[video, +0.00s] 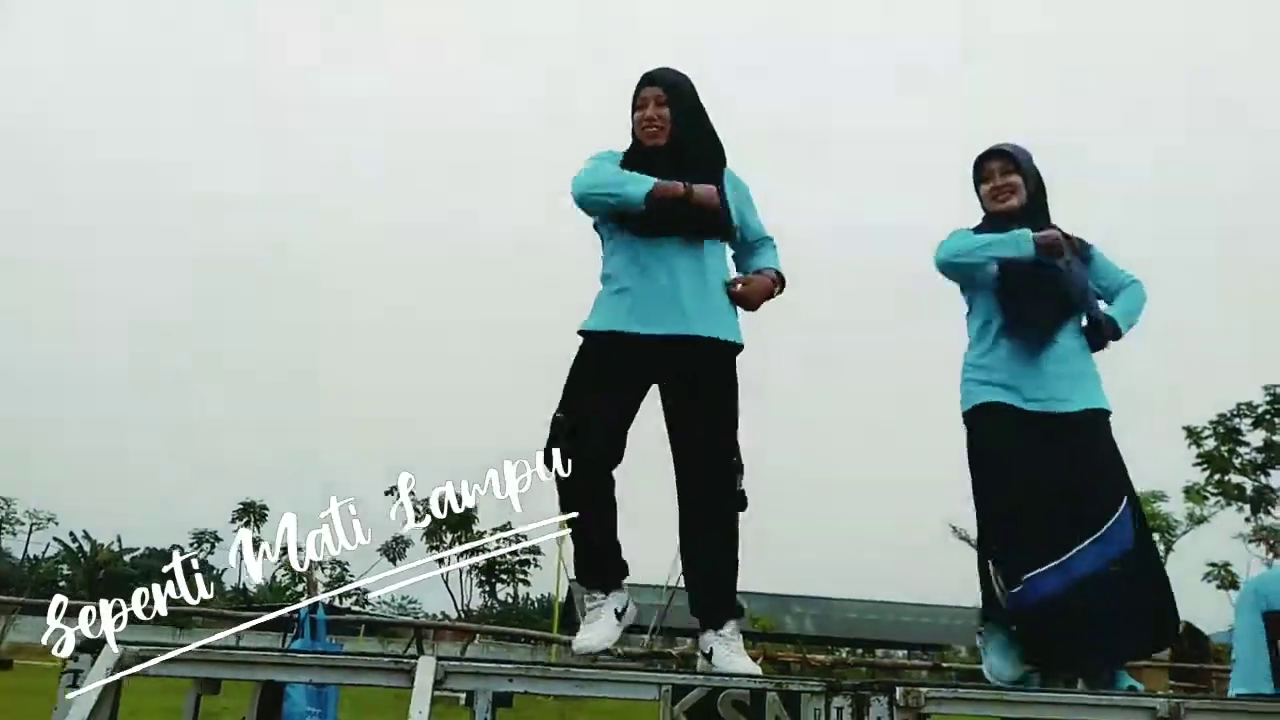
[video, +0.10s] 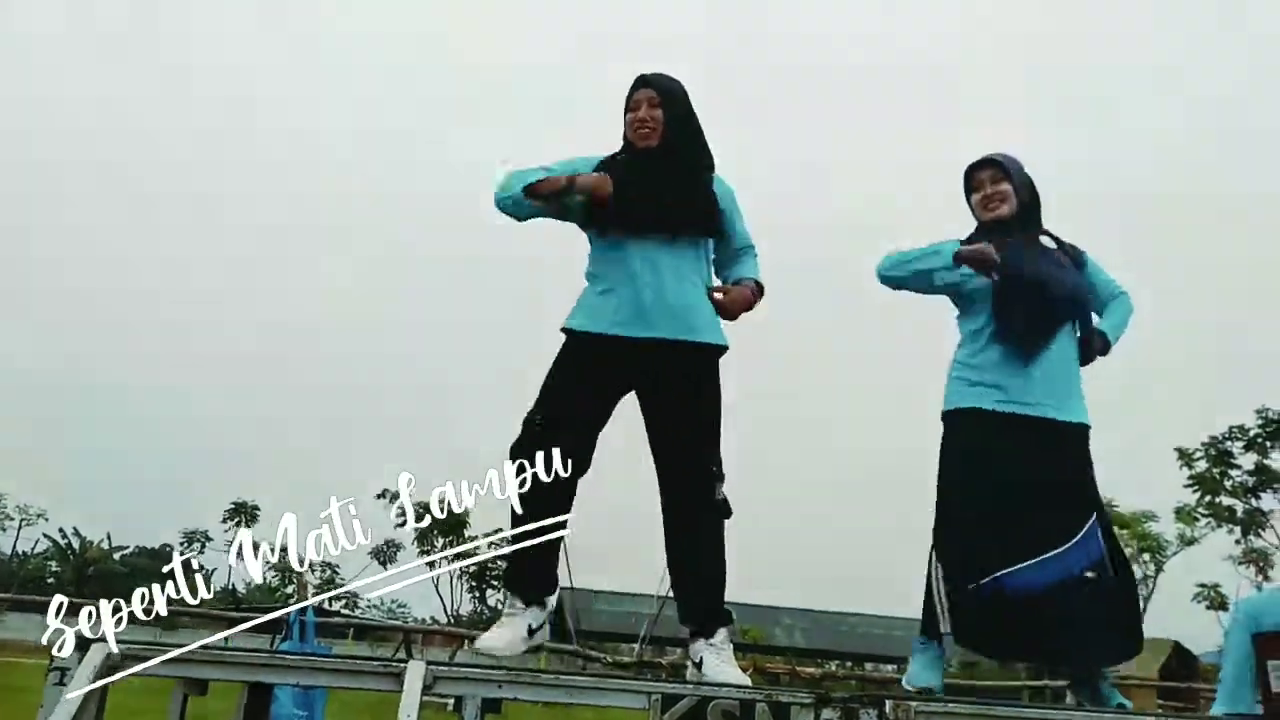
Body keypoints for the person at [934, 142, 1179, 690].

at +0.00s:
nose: (999, 183)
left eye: (1009, 173)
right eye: (989, 178)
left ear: (1033, 181)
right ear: (979, 193)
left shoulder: (1068, 246)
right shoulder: (974, 242)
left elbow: (1131, 287)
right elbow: (947, 256)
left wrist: (1113, 322)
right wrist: (1031, 243)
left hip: (1073, 394)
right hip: (999, 394)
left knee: (1099, 520)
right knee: (1011, 515)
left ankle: (1103, 657)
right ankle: (1004, 632)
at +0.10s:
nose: (990, 192)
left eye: (1000, 182)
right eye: (980, 188)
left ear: (1025, 189)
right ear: (972, 205)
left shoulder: (1066, 255)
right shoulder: (963, 259)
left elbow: (1120, 300)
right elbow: (889, 269)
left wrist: (1101, 338)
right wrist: (959, 256)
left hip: (1057, 409)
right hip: (978, 404)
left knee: (1074, 539)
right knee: (958, 528)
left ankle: (1088, 670)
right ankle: (930, 649)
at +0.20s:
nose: (976, 191)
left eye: (986, 181)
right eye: (966, 188)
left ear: (1013, 190)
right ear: (959, 205)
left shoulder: (1053, 257)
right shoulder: (946, 252)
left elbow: (1104, 298)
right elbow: (859, 270)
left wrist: (1088, 341)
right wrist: (893, 263)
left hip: (1045, 412)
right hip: (964, 407)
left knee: (1065, 538)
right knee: (932, 530)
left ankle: (1087, 673)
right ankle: (895, 651)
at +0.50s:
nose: (939, 186)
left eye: (950, 179)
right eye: (930, 180)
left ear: (969, 194)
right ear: (916, 196)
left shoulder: (997, 258)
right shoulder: (896, 249)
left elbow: (1052, 312)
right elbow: (848, 275)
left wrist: (1020, 339)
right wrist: (915, 246)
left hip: (978, 409)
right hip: (900, 404)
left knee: (998, 535)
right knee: (897, 531)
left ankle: (1011, 665)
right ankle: (894, 660)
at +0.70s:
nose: (925, 196)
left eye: (935, 188)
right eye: (915, 190)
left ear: (955, 204)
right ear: (901, 207)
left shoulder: (986, 268)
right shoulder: (886, 260)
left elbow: (1047, 314)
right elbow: (844, 288)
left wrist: (1010, 344)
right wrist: (916, 253)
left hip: (963, 418)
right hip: (884, 412)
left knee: (965, 538)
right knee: (880, 533)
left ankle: (964, 666)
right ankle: (881, 665)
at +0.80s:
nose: (915, 188)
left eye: (926, 181)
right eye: (905, 182)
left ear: (944, 196)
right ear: (893, 199)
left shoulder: (973, 260)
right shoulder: (871, 255)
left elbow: (1030, 305)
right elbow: (807, 287)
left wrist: (1001, 340)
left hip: (950, 410)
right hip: (873, 403)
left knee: (953, 531)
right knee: (866, 523)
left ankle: (955, 654)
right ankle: (858, 647)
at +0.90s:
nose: (909, 176)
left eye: (920, 170)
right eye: (899, 170)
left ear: (937, 186)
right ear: (884, 187)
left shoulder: (965, 249)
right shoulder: (860, 244)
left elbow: (1019, 288)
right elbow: (789, 274)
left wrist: (1010, 331)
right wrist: (746, 247)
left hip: (942, 405)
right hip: (863, 398)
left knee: (948, 529)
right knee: (844, 520)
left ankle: (961, 659)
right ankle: (815, 644)